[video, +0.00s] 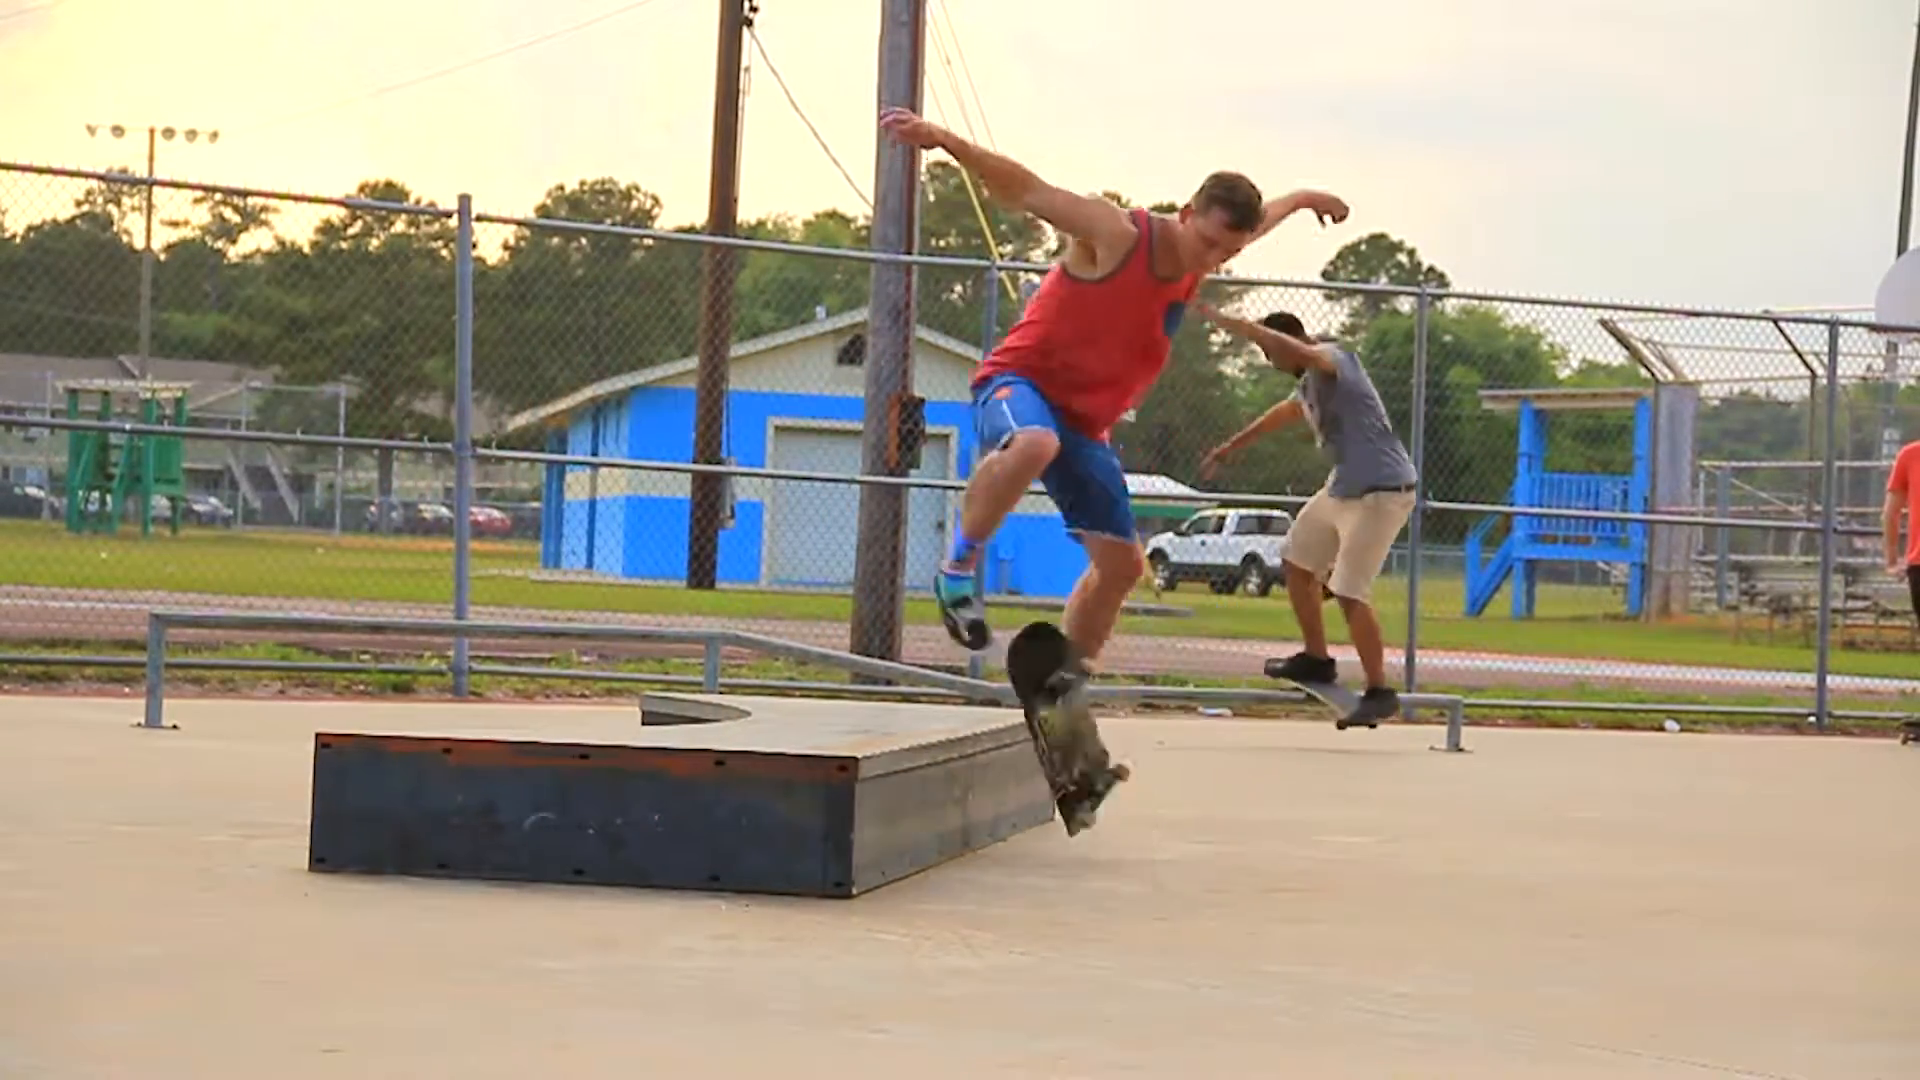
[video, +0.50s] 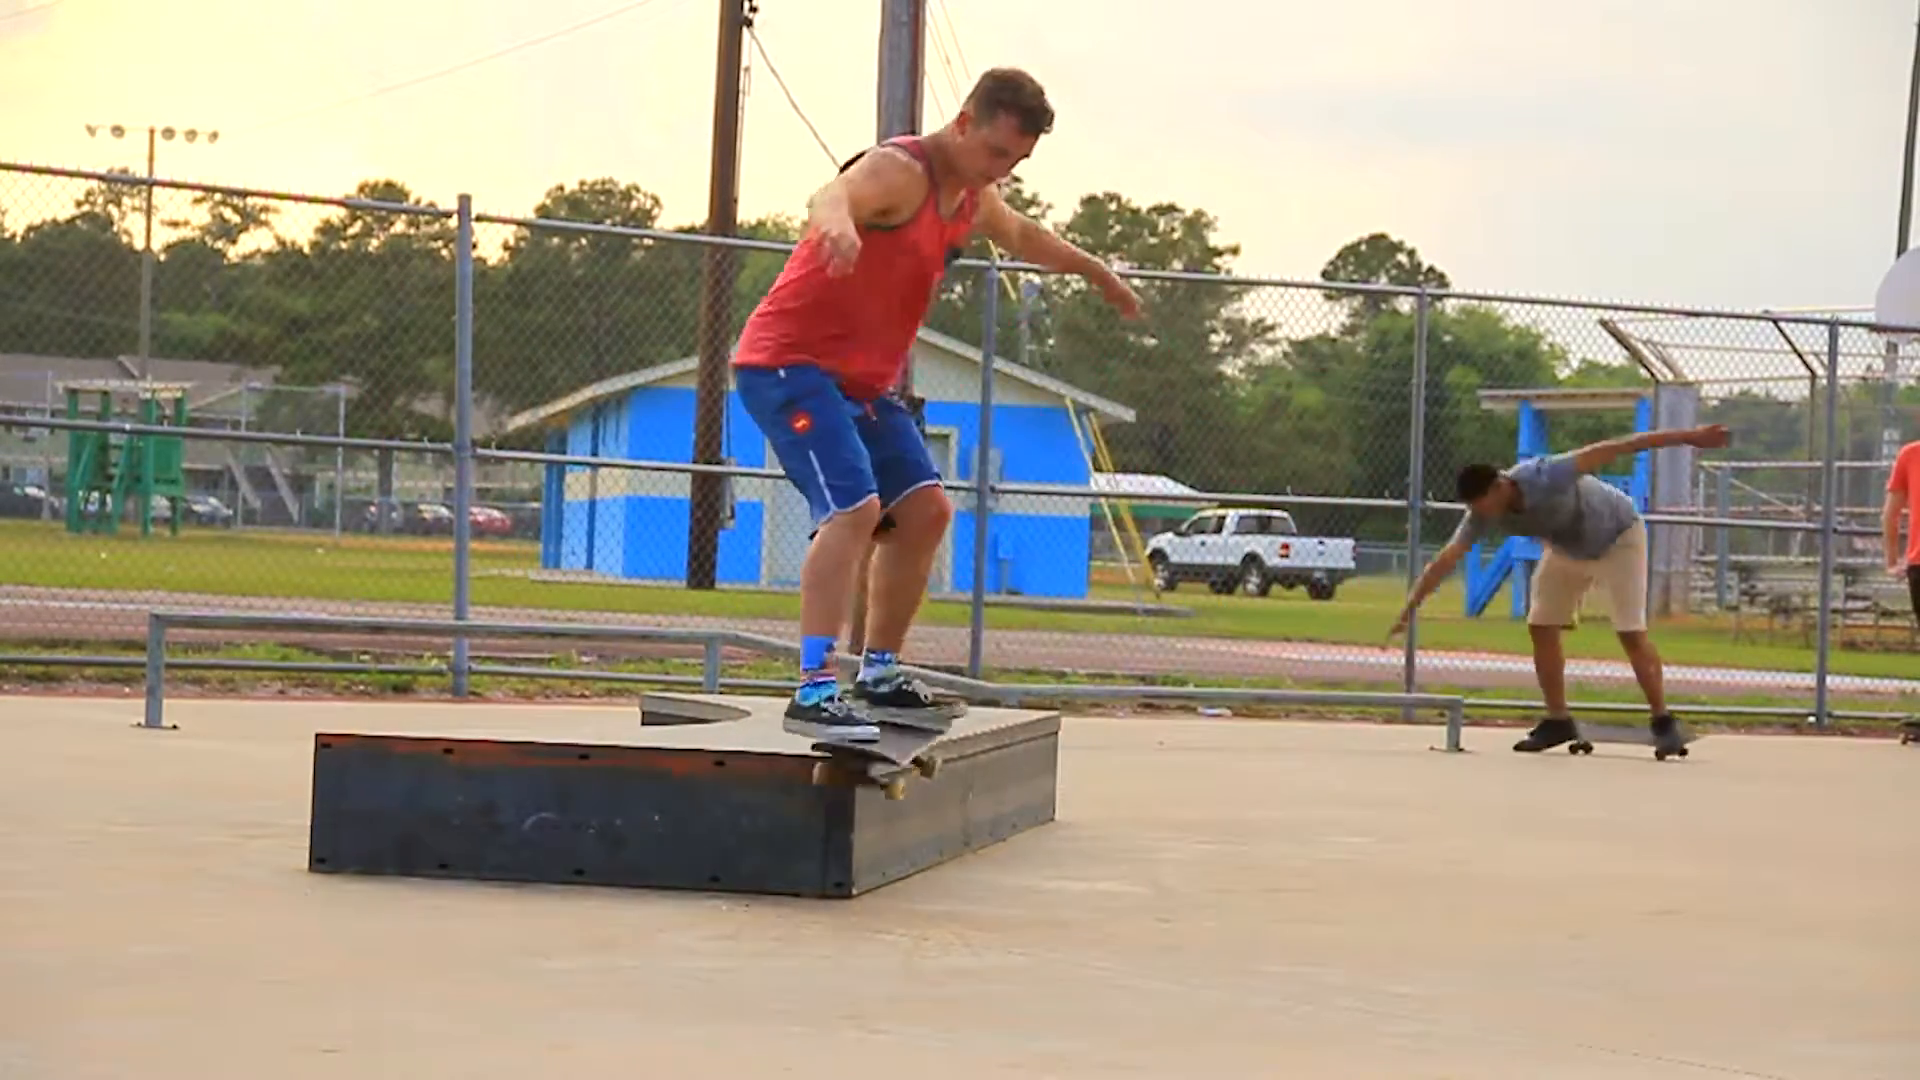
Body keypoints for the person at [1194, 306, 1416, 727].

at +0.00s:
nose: (1269, 362)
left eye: (1270, 352)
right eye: (1265, 355)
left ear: (1290, 341)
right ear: (1289, 344)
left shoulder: (1337, 359)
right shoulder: (1308, 391)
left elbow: (1290, 347)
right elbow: (1278, 415)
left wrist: (1235, 322)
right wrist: (1235, 444)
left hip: (1384, 489)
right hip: (1342, 488)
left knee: (1349, 591)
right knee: (1298, 563)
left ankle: (1378, 690)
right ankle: (1316, 658)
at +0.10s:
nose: (1312, 377)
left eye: (1311, 367)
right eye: (1307, 370)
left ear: (1329, 351)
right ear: (1327, 354)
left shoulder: (1382, 364)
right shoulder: (1340, 392)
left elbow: (1368, 392)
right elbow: (1301, 432)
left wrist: (1302, 406)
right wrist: (1248, 468)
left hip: (1432, 483)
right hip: (1387, 486)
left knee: (1409, 585)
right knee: (1350, 572)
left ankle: (1443, 682)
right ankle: (1372, 662)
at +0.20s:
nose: (1353, 380)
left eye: (1354, 369)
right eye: (1348, 372)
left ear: (1374, 355)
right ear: (1364, 363)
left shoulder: (1424, 372)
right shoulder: (1376, 394)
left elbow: (1440, 430)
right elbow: (1334, 440)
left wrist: (1421, 481)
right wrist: (1281, 480)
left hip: (1477, 481)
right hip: (1431, 487)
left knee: (1473, 586)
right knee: (1400, 568)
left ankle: (1510, 682)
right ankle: (1435, 660)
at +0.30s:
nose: (1391, 404)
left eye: (1391, 396)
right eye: (1386, 400)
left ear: (1409, 377)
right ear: (1396, 389)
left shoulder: (1461, 392)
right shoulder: (1408, 410)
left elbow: (1526, 424)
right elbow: (1368, 451)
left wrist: (1570, 480)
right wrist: (1331, 493)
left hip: (1524, 488)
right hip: (1476, 492)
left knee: (1531, 589)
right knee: (1453, 573)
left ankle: (1570, 683)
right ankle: (1496, 663)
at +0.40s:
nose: (1441, 449)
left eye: (1442, 440)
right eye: (1433, 445)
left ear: (1458, 419)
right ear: (1430, 439)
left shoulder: (1508, 423)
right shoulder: (1433, 454)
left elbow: (1582, 420)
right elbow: (1390, 490)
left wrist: (1654, 438)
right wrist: (1357, 546)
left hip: (1572, 509)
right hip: (1522, 519)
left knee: (1591, 613)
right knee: (1522, 610)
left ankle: (1622, 712)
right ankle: (1533, 703)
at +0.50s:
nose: (1483, 517)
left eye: (1485, 508)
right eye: (1477, 512)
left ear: (1502, 487)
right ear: (1475, 503)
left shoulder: (1544, 475)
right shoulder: (1483, 513)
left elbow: (1615, 448)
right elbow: (1444, 562)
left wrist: (1690, 437)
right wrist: (1409, 607)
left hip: (1619, 533)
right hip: (1566, 545)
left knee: (1630, 630)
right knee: (1542, 624)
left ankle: (1662, 721)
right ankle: (1558, 721)